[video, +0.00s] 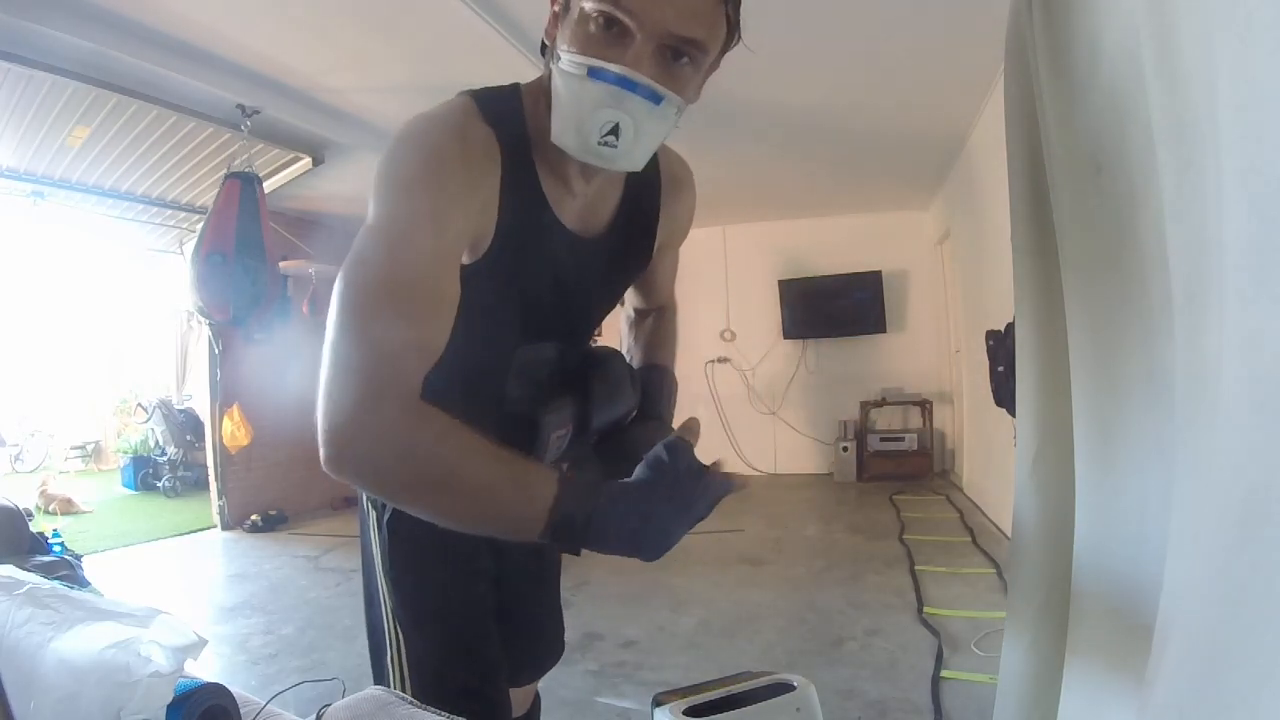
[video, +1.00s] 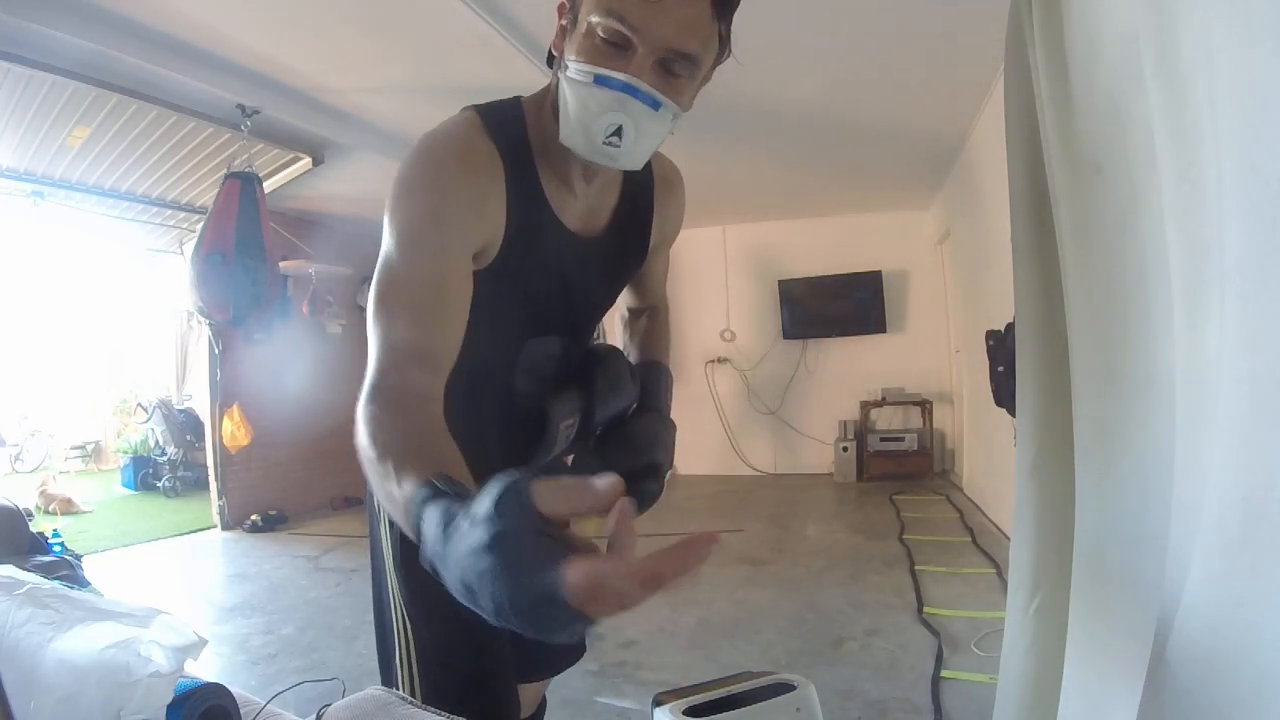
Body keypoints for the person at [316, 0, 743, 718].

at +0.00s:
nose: (633, 74)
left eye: (679, 54)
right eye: (610, 26)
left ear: (711, 73)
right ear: (556, 20)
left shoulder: (664, 187)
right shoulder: (446, 152)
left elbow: (653, 309)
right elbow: (362, 431)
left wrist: (651, 418)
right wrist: (584, 512)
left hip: (535, 467)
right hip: (421, 469)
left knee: (521, 684)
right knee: (462, 704)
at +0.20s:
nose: (632, 74)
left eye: (678, 54)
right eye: (610, 26)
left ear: (710, 76)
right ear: (556, 21)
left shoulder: (667, 190)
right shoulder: (446, 156)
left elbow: (653, 307)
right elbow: (381, 430)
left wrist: (651, 423)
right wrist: (587, 521)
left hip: (539, 477)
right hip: (431, 472)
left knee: (520, 687)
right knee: (460, 703)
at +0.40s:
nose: (638, 81)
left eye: (682, 60)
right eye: (614, 31)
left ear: (712, 77)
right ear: (560, 23)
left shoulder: (669, 191)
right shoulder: (449, 159)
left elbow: (652, 309)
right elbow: (390, 425)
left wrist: (654, 419)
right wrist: (585, 524)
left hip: (537, 474)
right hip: (429, 469)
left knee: (522, 686)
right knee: (462, 704)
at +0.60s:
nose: (642, 85)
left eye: (684, 63)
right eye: (617, 36)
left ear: (715, 78)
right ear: (563, 25)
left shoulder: (667, 191)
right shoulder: (453, 162)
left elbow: (650, 310)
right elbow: (386, 422)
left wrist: (648, 433)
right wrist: (561, 529)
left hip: (540, 479)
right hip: (431, 477)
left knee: (523, 692)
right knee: (462, 706)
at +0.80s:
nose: (642, 88)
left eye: (684, 68)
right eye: (619, 42)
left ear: (711, 79)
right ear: (563, 26)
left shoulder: (661, 193)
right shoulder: (458, 161)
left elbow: (646, 307)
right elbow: (413, 397)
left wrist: (646, 408)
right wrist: (474, 519)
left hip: (549, 452)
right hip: (435, 450)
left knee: (527, 680)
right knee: (466, 701)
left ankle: (516, 707)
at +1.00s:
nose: (634, 84)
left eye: (675, 67)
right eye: (614, 40)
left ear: (703, 83)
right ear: (563, 28)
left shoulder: (657, 192)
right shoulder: (457, 165)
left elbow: (646, 308)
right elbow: (399, 389)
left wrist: (646, 408)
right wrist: (446, 526)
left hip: (547, 455)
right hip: (435, 454)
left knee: (531, 681)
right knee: (466, 702)